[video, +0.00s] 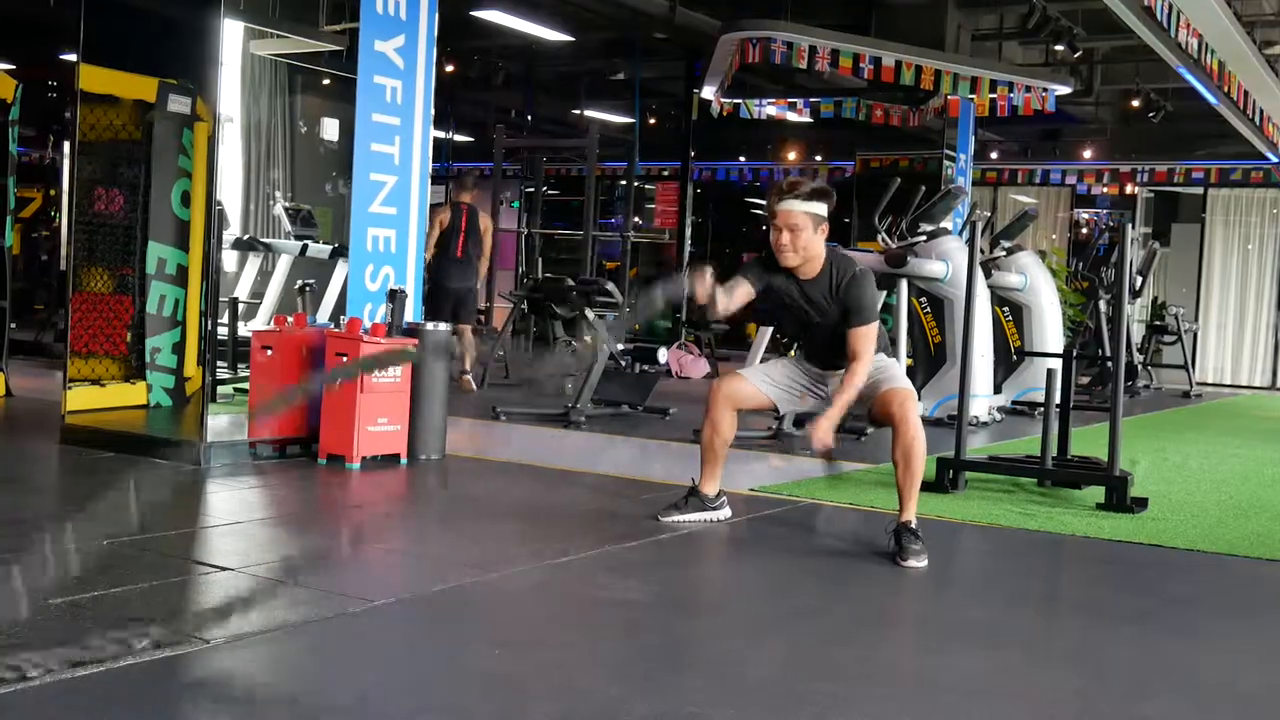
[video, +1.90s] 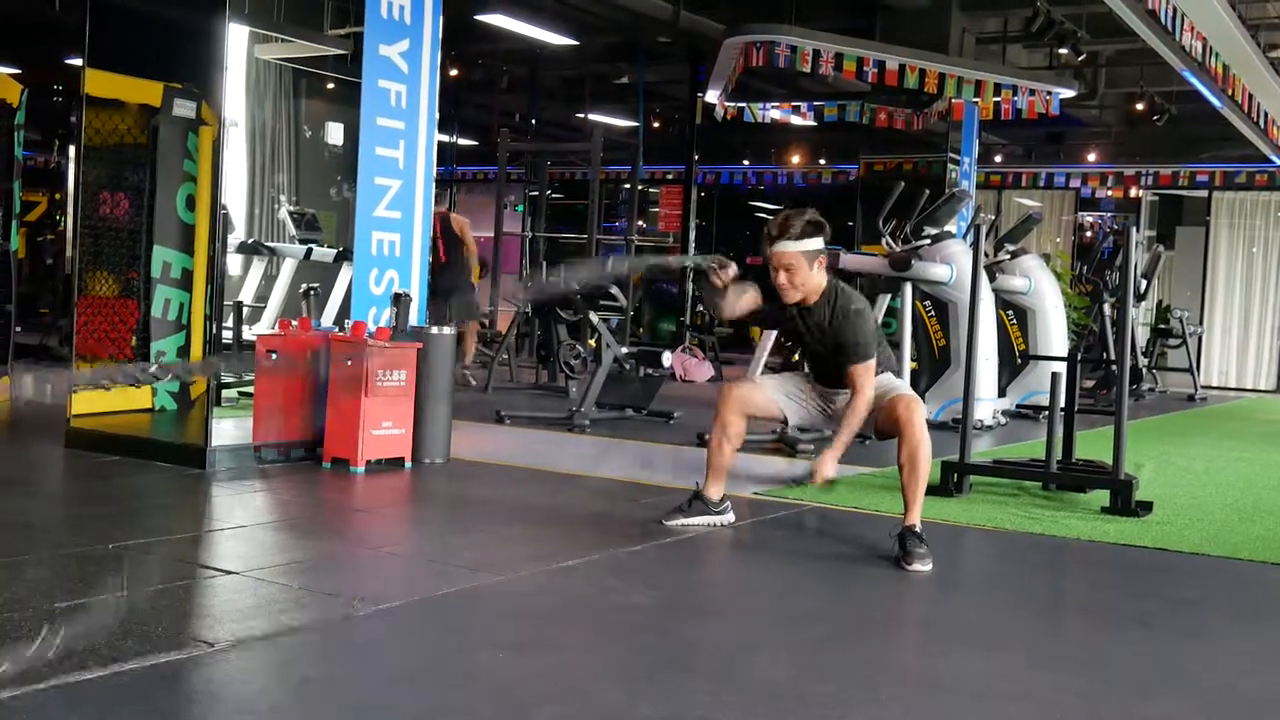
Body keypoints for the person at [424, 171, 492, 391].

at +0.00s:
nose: (460, 195)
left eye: (456, 190)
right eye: (468, 191)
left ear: (453, 190)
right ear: (474, 192)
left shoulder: (441, 214)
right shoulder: (485, 220)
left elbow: (429, 249)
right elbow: (485, 256)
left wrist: (421, 270)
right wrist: (477, 283)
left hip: (442, 283)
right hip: (468, 284)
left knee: (437, 329)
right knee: (465, 329)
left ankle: (434, 375)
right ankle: (466, 370)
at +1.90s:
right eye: (444, 200)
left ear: (431, 203)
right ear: (448, 202)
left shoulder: (424, 222)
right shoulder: (460, 222)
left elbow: (419, 255)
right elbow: (472, 251)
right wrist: (473, 278)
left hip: (433, 284)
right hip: (458, 282)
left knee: (437, 327)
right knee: (471, 323)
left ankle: (436, 369)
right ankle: (466, 365)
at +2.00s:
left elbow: (424, 261)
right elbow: (467, 257)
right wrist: (470, 276)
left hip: (436, 284)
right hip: (458, 282)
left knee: (438, 326)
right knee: (476, 314)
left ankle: (439, 366)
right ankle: (475, 351)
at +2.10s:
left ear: (420, 202)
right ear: (433, 200)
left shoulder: (413, 221)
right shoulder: (445, 216)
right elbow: (464, 237)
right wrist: (466, 261)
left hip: (431, 279)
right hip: (453, 276)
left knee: (435, 319)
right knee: (476, 308)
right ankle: (477, 347)